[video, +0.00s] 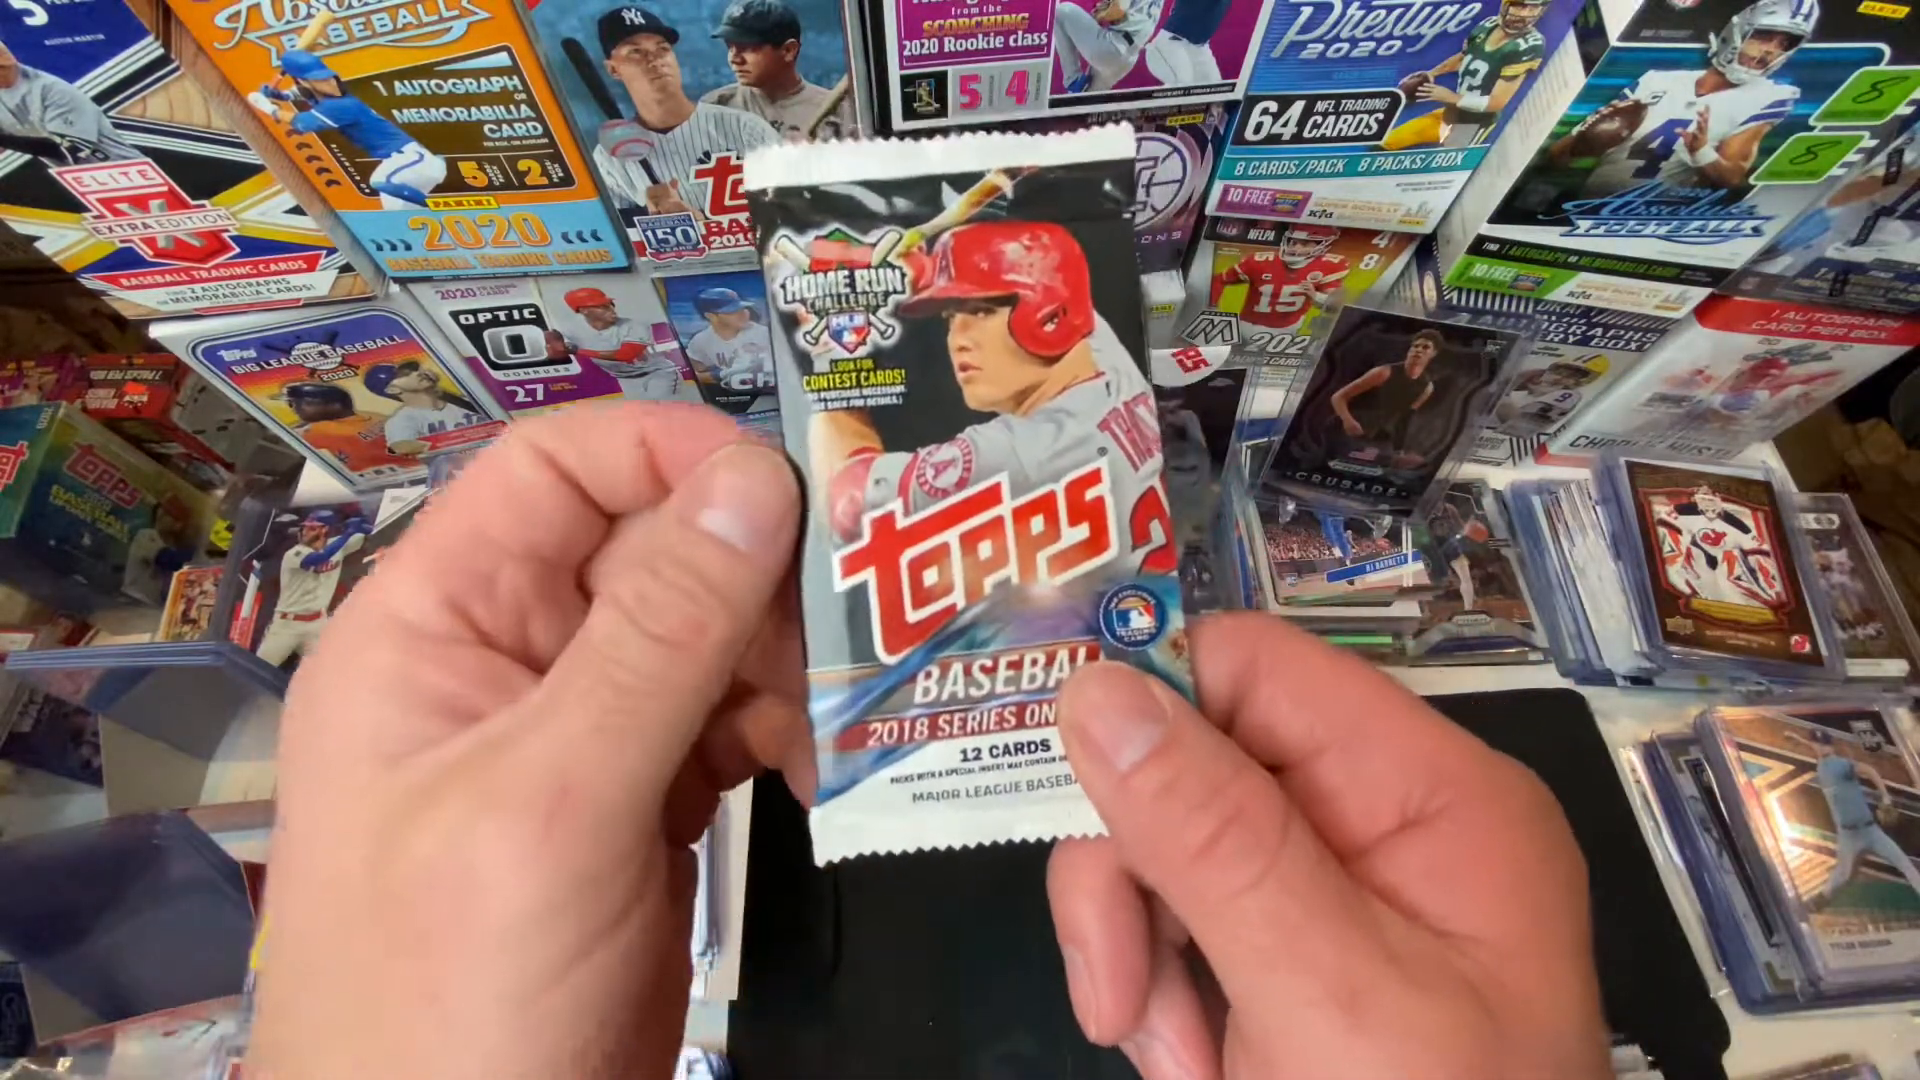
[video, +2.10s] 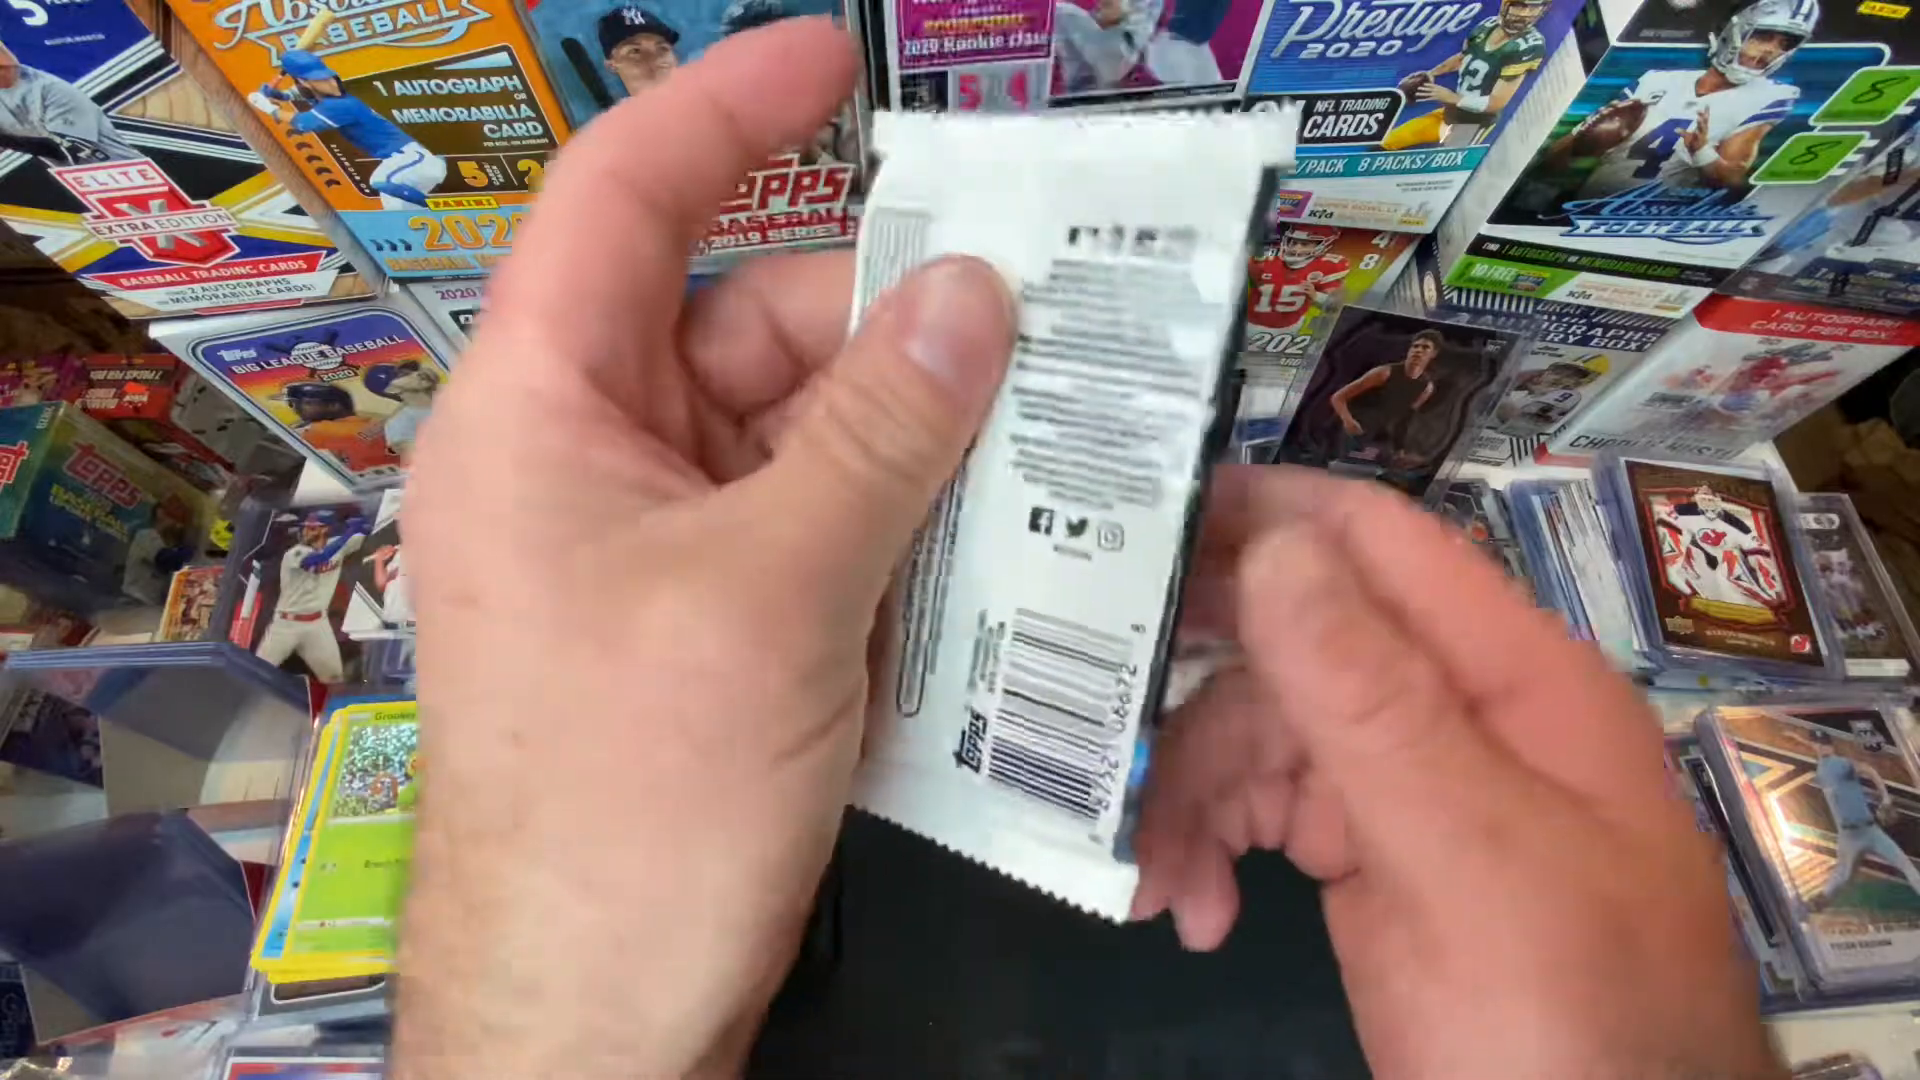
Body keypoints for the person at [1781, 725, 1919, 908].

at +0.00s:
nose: (1822, 749)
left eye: (1824, 744)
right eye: (1818, 745)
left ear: (1831, 744)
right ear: (1815, 748)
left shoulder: (1840, 764)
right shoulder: (1822, 766)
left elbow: (1870, 771)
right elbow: (1814, 748)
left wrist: (1885, 796)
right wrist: (1797, 739)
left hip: (1870, 828)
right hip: (1847, 833)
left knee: (1904, 863)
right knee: (1843, 874)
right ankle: (1823, 897)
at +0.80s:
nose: (1823, 750)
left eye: (1825, 745)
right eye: (1819, 746)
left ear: (1831, 745)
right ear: (1814, 748)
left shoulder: (1841, 764)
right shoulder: (1821, 768)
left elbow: (1869, 770)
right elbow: (1814, 748)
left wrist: (1884, 797)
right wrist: (1799, 739)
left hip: (1870, 828)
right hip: (1846, 833)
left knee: (1904, 863)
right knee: (1842, 874)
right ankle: (1824, 898)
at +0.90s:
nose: (1824, 749)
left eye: (1827, 744)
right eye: (1819, 745)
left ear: (1831, 744)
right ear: (1813, 747)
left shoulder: (1840, 764)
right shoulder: (1824, 768)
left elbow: (1869, 770)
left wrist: (1885, 798)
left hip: (1870, 828)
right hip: (1847, 834)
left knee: (1903, 863)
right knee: (1842, 875)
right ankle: (1822, 899)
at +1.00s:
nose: (1825, 749)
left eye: (1827, 744)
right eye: (1820, 746)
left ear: (1831, 745)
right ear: (1813, 747)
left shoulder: (1840, 764)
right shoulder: (1824, 767)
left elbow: (1869, 770)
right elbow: (1866, 770)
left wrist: (1885, 798)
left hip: (1870, 829)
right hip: (1847, 834)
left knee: (1904, 863)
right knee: (1842, 875)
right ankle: (1821, 899)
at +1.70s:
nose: (1823, 750)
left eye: (1826, 745)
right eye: (1819, 746)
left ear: (1832, 746)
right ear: (1815, 749)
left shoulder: (1842, 764)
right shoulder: (1821, 770)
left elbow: (1870, 771)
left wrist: (1885, 797)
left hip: (1869, 828)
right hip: (1847, 833)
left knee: (1902, 862)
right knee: (1842, 874)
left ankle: (1919, 888)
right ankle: (1820, 900)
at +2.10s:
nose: (1823, 749)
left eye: (1826, 744)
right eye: (1819, 745)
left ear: (1832, 745)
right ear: (1814, 747)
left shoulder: (1842, 764)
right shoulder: (1821, 769)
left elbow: (1870, 771)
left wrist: (1885, 797)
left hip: (1870, 828)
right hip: (1847, 833)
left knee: (1902, 862)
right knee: (1843, 875)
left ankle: (1918, 889)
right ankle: (1819, 902)